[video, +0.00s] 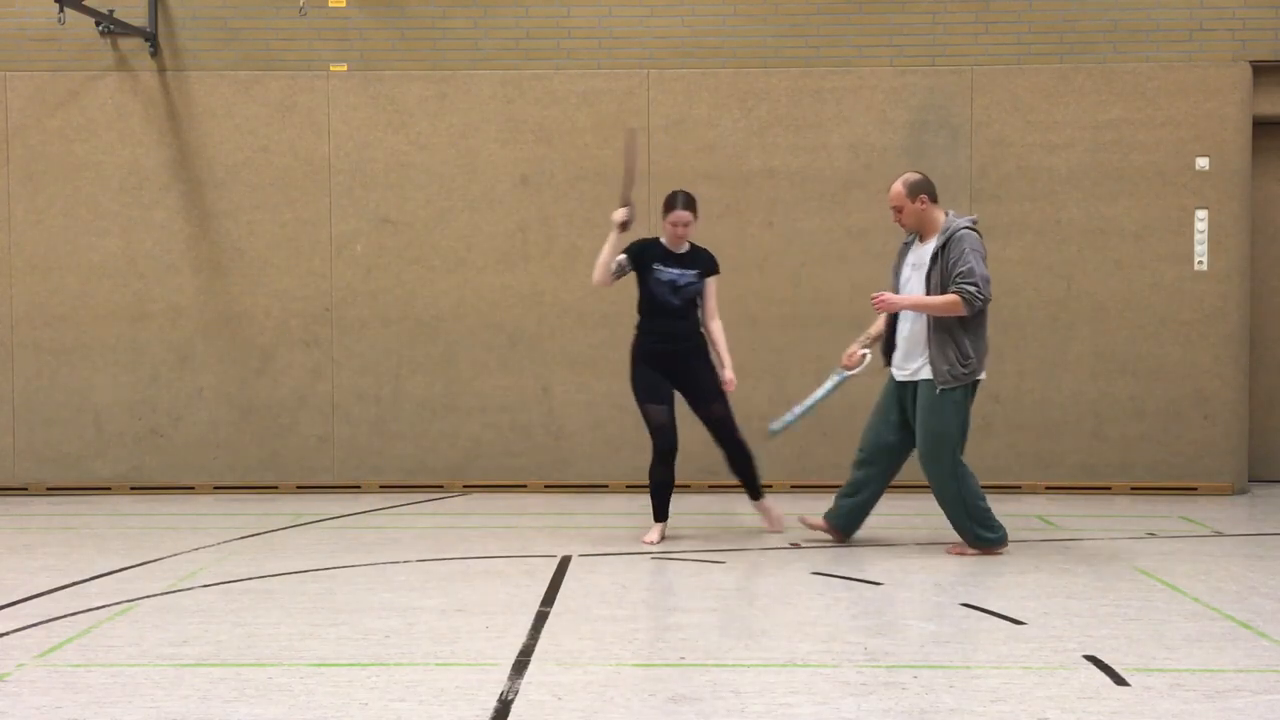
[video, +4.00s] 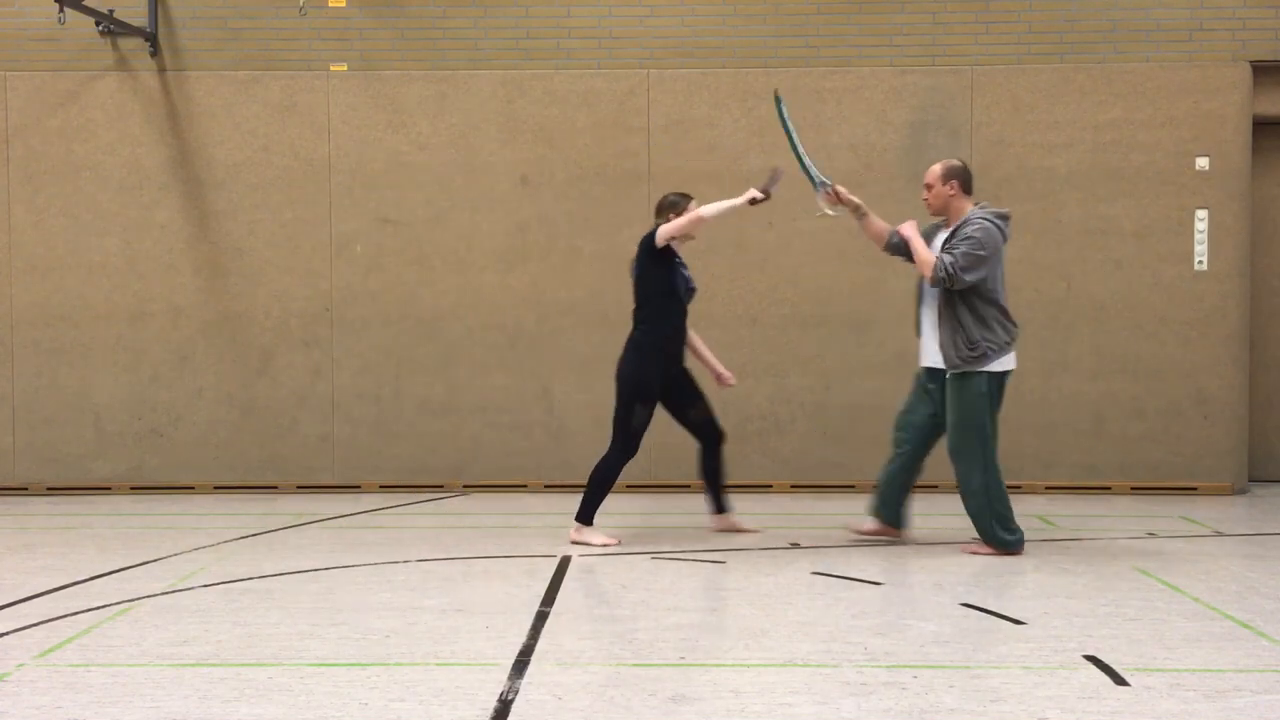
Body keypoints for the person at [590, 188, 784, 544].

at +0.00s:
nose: (680, 231)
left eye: (687, 224)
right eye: (675, 224)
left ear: (695, 223)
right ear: (663, 221)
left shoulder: (703, 261)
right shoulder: (644, 251)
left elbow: (711, 318)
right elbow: (601, 278)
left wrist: (726, 365)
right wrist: (616, 231)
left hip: (692, 358)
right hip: (650, 359)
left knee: (728, 433)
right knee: (664, 443)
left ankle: (758, 499)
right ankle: (659, 524)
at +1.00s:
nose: (398, 235)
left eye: (404, 229)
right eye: (394, 229)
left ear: (422, 225)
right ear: (392, 225)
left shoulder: (444, 262)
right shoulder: (381, 258)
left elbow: (453, 318)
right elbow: (366, 309)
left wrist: (458, 365)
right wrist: (351, 316)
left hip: (426, 365)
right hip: (383, 363)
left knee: (445, 448)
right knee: (353, 443)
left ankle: (485, 527)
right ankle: (318, 518)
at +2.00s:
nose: (366, 226)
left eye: (367, 220)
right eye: (361, 220)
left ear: (351, 221)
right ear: (338, 218)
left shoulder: (359, 266)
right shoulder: (313, 254)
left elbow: (379, 322)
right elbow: (291, 258)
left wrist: (408, 363)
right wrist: (300, 216)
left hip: (353, 368)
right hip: (312, 366)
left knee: (394, 438)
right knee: (304, 448)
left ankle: (415, 520)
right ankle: (281, 524)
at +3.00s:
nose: (520, 216)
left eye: (518, 209)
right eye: (514, 210)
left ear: (488, 218)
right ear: (495, 216)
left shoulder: (463, 256)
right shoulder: (506, 251)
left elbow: (457, 320)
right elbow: (567, 265)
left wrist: (468, 355)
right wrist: (599, 221)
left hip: (469, 364)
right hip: (503, 365)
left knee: (450, 444)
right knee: (547, 442)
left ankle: (418, 521)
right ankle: (580, 526)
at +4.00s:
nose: (698, 223)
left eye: (698, 217)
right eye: (693, 217)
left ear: (675, 221)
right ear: (673, 218)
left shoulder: (674, 263)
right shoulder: (650, 248)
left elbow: (680, 325)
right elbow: (698, 216)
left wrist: (715, 367)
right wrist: (742, 200)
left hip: (668, 366)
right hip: (641, 364)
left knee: (711, 435)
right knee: (623, 447)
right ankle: (581, 526)